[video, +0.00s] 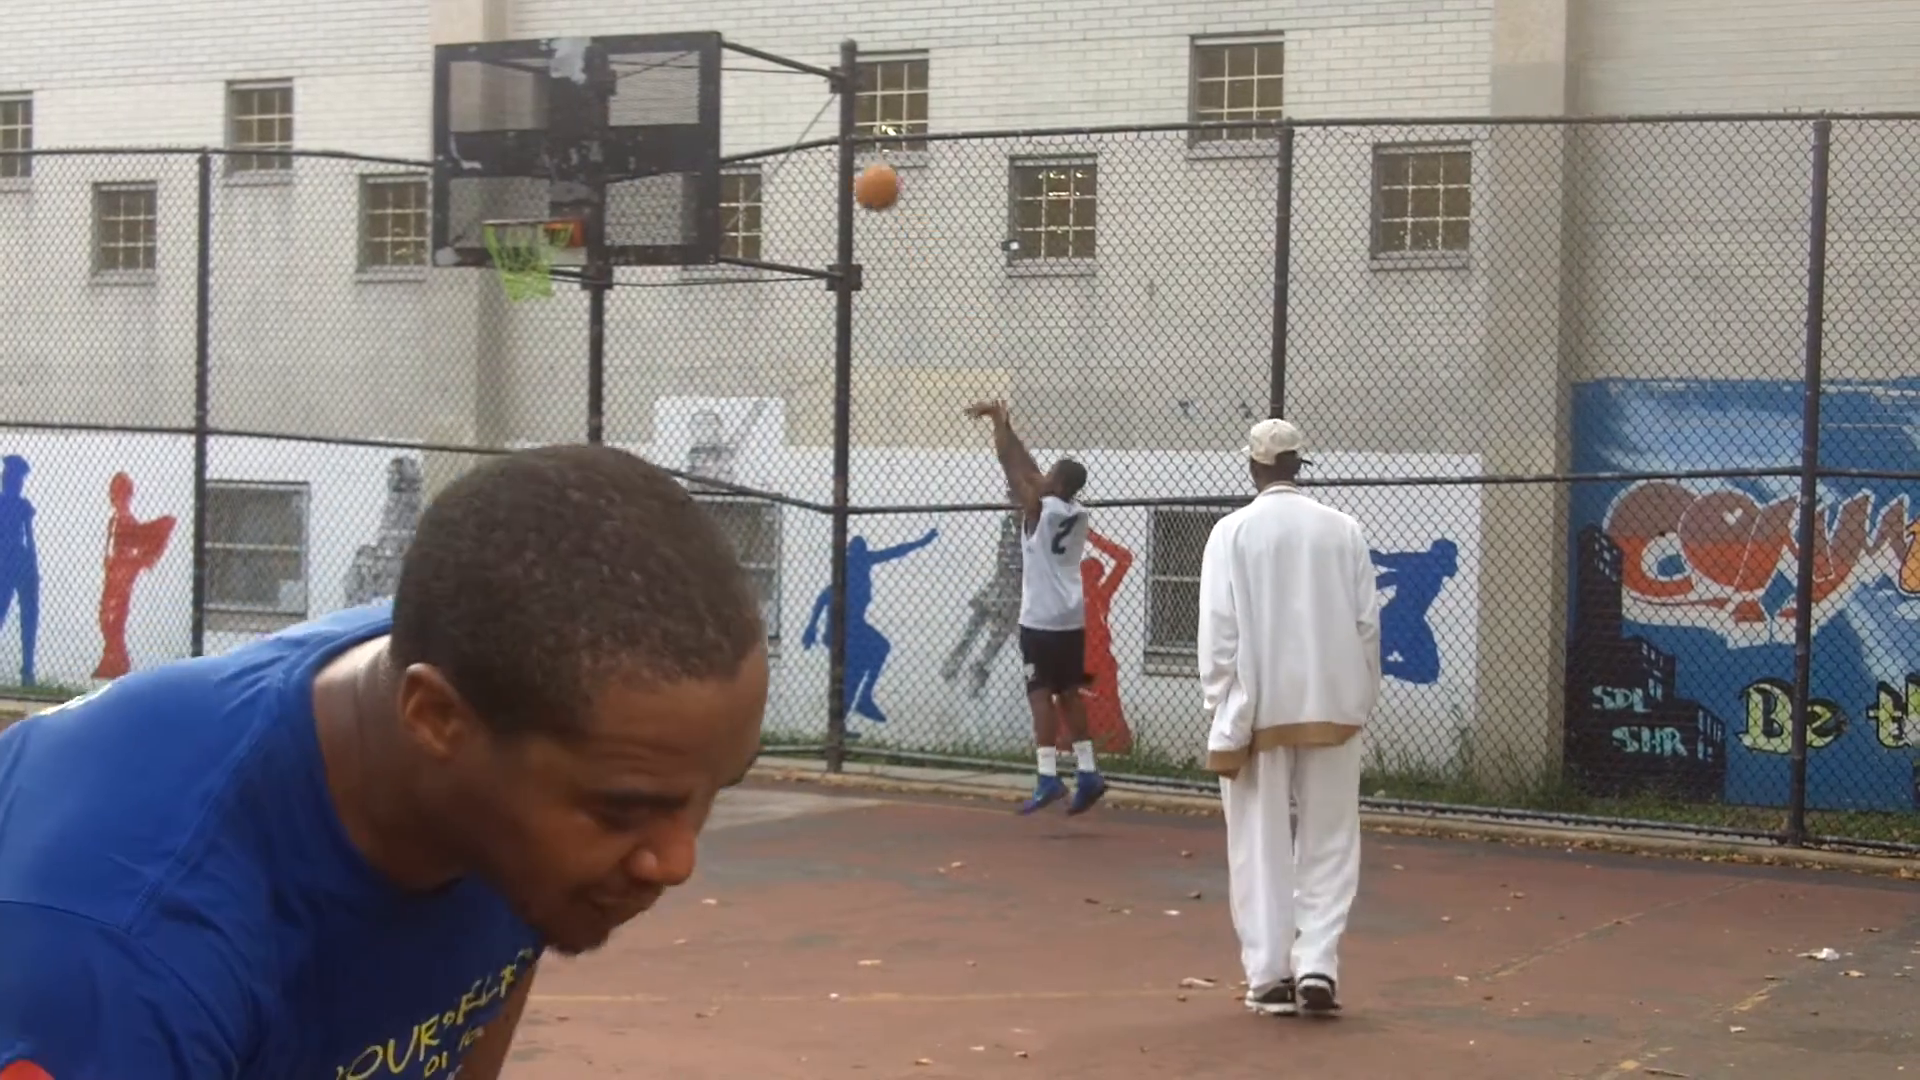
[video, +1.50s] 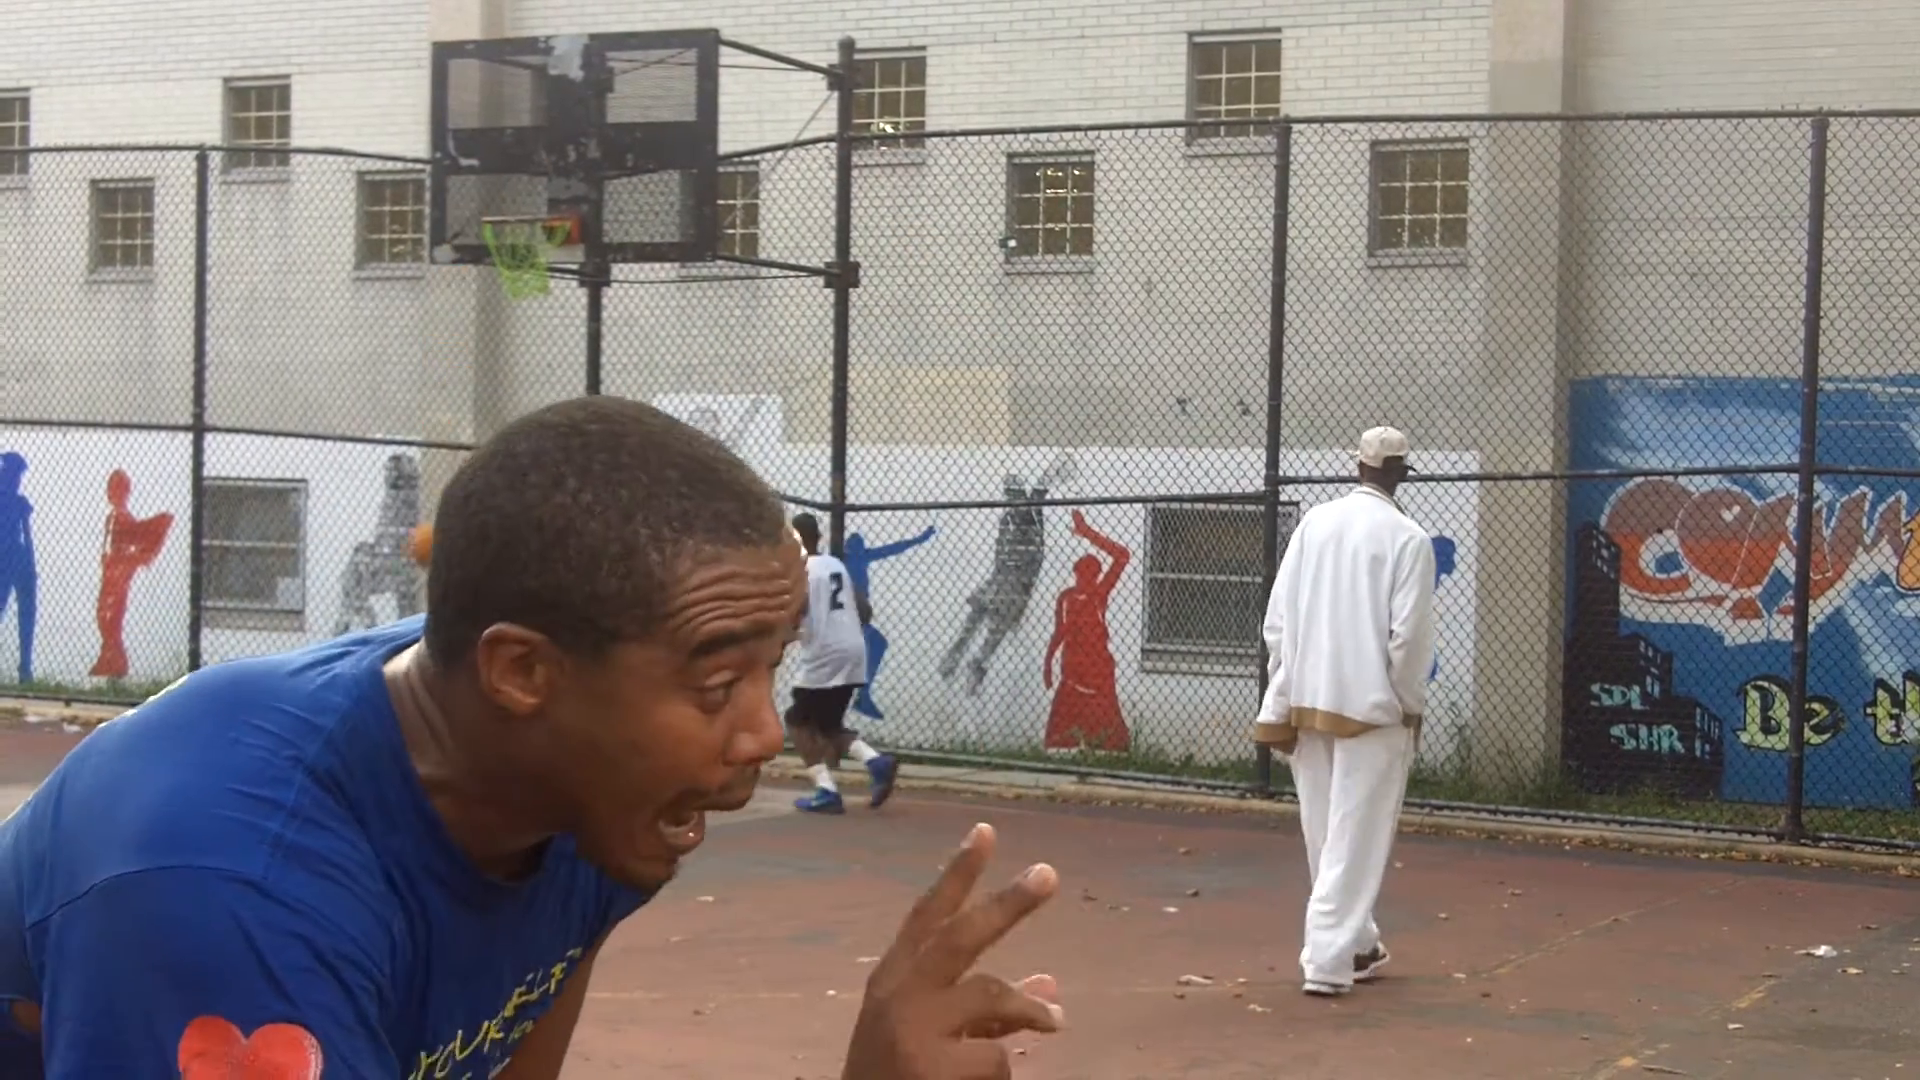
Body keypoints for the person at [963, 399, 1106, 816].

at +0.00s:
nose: (1044, 474)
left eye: (1050, 472)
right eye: (1050, 470)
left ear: (1057, 483)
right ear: (1073, 491)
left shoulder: (1036, 507)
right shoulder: (1078, 516)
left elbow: (1011, 464)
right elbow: (1030, 471)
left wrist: (998, 418)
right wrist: (1005, 424)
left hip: (1038, 617)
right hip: (1073, 617)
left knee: (1040, 695)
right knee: (1070, 693)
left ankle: (1047, 777)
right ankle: (1089, 772)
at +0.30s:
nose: (1023, 520)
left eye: (1030, 516)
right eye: (1026, 515)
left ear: (1040, 526)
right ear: (1049, 528)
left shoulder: (1023, 561)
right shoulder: (1054, 561)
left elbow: (993, 604)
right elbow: (1028, 603)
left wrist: (984, 574)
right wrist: (1003, 575)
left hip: (1027, 667)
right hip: (1052, 666)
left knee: (1019, 736)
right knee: (1041, 736)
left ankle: (1047, 810)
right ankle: (1084, 793)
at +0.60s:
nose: (986, 516)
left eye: (992, 513)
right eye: (990, 511)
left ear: (1001, 523)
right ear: (1012, 527)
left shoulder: (990, 561)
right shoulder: (1023, 558)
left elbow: (1017, 604)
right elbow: (1054, 591)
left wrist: (1012, 652)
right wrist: (1073, 626)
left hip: (1005, 667)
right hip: (1011, 666)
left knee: (1015, 735)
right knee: (984, 723)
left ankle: (1044, 805)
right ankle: (1018, 793)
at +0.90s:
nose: (943, 527)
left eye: (949, 523)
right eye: (946, 521)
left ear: (958, 532)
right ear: (968, 535)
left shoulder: (948, 569)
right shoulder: (978, 566)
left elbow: (944, 624)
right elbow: (982, 619)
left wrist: (906, 654)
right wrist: (955, 660)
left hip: (971, 673)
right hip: (981, 670)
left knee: (985, 738)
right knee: (949, 727)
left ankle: (1032, 797)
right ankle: (985, 797)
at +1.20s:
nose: (876, 515)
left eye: (879, 509)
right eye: (877, 509)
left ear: (890, 512)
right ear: (904, 514)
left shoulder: (889, 546)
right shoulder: (917, 544)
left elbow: (898, 598)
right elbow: (916, 601)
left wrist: (875, 636)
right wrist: (880, 634)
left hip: (904, 650)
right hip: (931, 648)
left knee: (876, 707)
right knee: (925, 713)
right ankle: (955, 787)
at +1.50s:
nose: (790, 544)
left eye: (791, 538)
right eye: (791, 538)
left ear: (798, 539)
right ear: (818, 538)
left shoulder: (800, 570)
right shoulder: (838, 565)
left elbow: (794, 623)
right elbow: (863, 610)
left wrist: (771, 641)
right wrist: (846, 633)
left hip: (824, 653)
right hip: (856, 651)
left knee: (798, 720)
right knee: (828, 724)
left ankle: (826, 788)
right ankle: (874, 760)